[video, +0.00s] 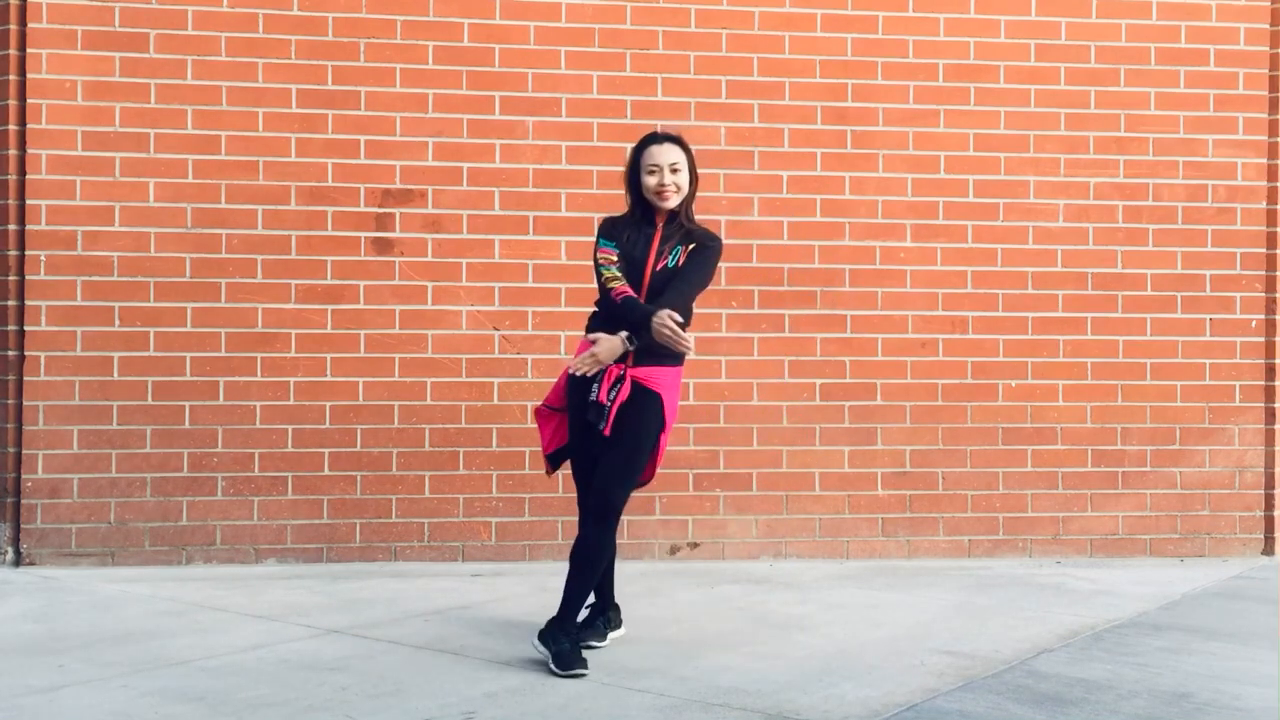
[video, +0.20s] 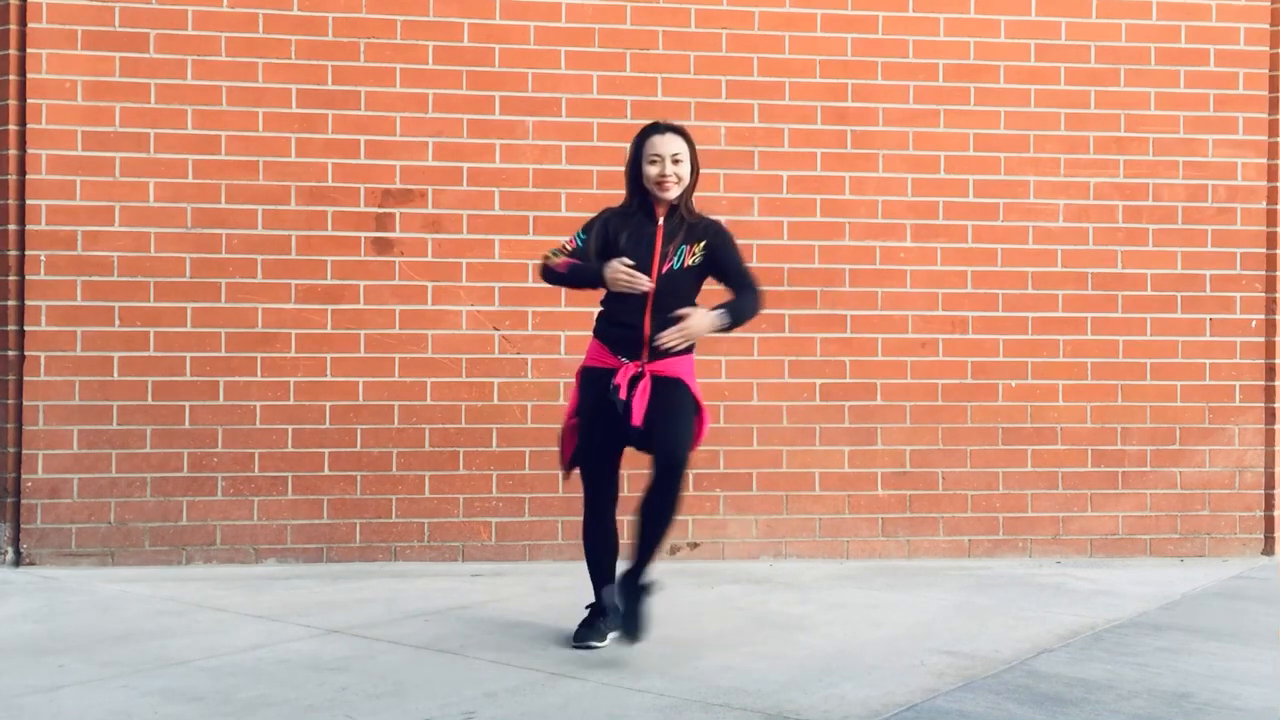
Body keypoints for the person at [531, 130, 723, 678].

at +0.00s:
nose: (664, 180)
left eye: (675, 170)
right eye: (652, 170)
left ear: (690, 177)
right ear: (637, 178)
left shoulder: (704, 243)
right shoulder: (614, 228)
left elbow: (672, 305)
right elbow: (612, 291)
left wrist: (621, 341)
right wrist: (650, 321)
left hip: (651, 378)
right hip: (593, 370)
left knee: (606, 499)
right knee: (593, 497)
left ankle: (562, 627)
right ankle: (604, 607)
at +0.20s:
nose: (667, 170)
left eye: (677, 160)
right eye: (655, 160)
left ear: (691, 168)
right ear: (638, 168)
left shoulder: (707, 234)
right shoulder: (612, 222)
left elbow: (750, 299)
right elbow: (553, 267)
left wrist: (710, 320)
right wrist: (600, 275)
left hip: (669, 372)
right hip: (607, 368)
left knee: (673, 459)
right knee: (599, 489)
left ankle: (635, 581)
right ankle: (603, 604)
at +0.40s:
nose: (680, 167)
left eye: (691, 157)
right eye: (669, 157)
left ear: (706, 164)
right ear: (653, 165)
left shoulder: (725, 230)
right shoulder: (635, 225)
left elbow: (766, 296)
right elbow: (579, 284)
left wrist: (771, 325)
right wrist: (598, 316)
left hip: (707, 375)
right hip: (640, 373)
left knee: (737, 493)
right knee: (628, 494)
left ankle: (754, 598)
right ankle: (606, 607)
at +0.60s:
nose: (703, 174)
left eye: (714, 163)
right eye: (691, 165)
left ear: (728, 170)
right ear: (675, 173)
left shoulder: (754, 228)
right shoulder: (664, 240)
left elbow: (800, 291)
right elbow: (638, 323)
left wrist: (807, 308)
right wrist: (667, 315)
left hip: (763, 378)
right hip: (697, 378)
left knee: (774, 502)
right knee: (669, 489)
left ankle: (763, 616)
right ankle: (629, 584)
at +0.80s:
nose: (738, 163)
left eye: (742, 153)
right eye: (725, 155)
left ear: (749, 158)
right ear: (699, 164)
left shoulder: (771, 218)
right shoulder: (680, 231)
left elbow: (793, 280)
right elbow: (712, 286)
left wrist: (780, 308)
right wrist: (782, 269)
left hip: (777, 372)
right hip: (716, 372)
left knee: (772, 496)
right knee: (725, 479)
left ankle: (763, 618)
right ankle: (772, 587)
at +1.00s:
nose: (754, 171)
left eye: (756, 162)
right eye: (742, 163)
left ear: (757, 170)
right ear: (712, 171)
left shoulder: (775, 233)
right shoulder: (687, 239)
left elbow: (797, 297)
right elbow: (716, 300)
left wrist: (786, 330)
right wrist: (790, 297)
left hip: (780, 381)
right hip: (721, 384)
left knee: (785, 506)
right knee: (763, 502)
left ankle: (761, 616)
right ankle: (808, 628)